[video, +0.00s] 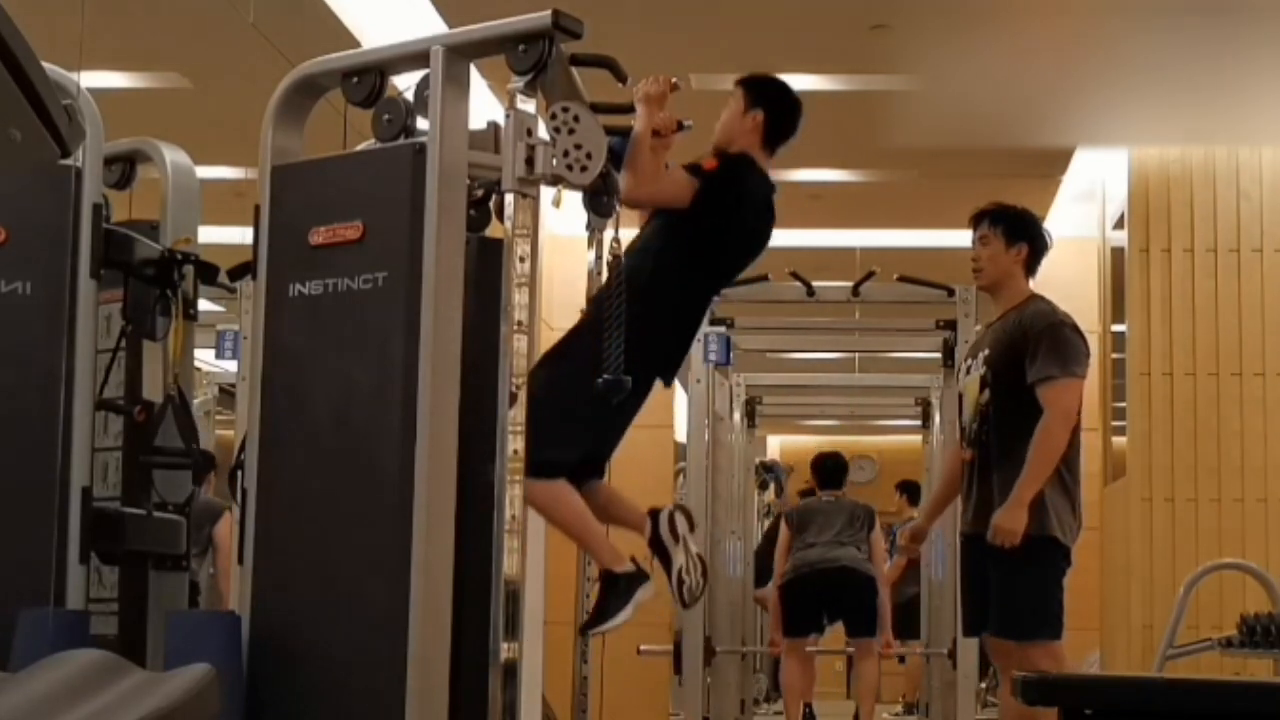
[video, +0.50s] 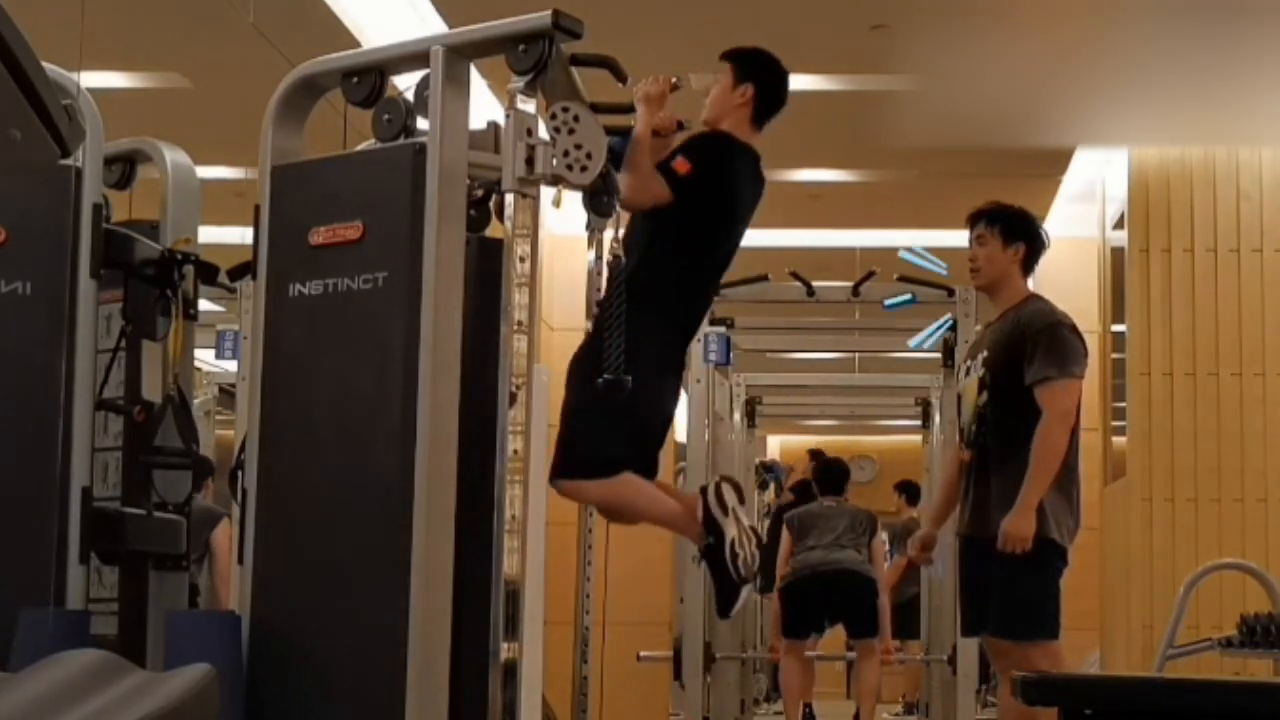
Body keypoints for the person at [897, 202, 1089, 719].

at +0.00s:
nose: (974, 255)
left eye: (986, 244)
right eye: (973, 245)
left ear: (1022, 253)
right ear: (976, 254)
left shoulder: (1048, 325)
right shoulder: (981, 342)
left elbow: (1062, 415)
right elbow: (966, 445)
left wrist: (1019, 502)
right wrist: (926, 518)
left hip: (1033, 524)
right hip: (988, 523)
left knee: (1039, 659)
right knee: (1005, 656)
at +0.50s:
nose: (971, 254)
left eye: (983, 243)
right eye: (971, 244)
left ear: (1018, 253)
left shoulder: (1047, 326)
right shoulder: (984, 340)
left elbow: (1060, 419)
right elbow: (967, 444)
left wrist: (1026, 508)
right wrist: (931, 523)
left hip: (1028, 523)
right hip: (987, 523)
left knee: (1036, 657)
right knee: (1003, 656)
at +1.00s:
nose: (966, 267)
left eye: (975, 253)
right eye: (964, 256)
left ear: (1012, 257)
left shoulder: (1047, 330)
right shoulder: (994, 340)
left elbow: (1051, 428)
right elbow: (974, 445)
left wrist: (1005, 514)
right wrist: (947, 524)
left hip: (1029, 529)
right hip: (992, 529)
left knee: (1037, 673)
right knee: (1004, 667)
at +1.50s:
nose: (965, 262)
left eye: (975, 248)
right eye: (964, 251)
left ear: (1011, 252)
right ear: (998, 256)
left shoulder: (1047, 325)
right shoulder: (986, 341)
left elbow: (1055, 425)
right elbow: (967, 441)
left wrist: (1022, 512)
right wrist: (930, 519)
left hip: (1028, 529)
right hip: (987, 528)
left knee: (1038, 668)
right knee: (1003, 663)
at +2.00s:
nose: (973, 255)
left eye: (984, 243)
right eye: (973, 245)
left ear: (1020, 249)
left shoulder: (1046, 324)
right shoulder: (995, 336)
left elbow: (1051, 421)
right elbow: (971, 438)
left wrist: (1006, 506)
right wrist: (931, 514)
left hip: (1031, 524)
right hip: (994, 523)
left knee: (1039, 664)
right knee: (1004, 659)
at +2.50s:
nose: (973, 255)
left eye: (984, 242)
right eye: (972, 244)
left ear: (1020, 250)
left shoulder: (1047, 325)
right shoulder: (993, 338)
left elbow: (1057, 425)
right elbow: (973, 439)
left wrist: (1020, 511)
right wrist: (933, 518)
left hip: (1032, 527)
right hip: (991, 526)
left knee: (1042, 668)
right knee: (1005, 662)